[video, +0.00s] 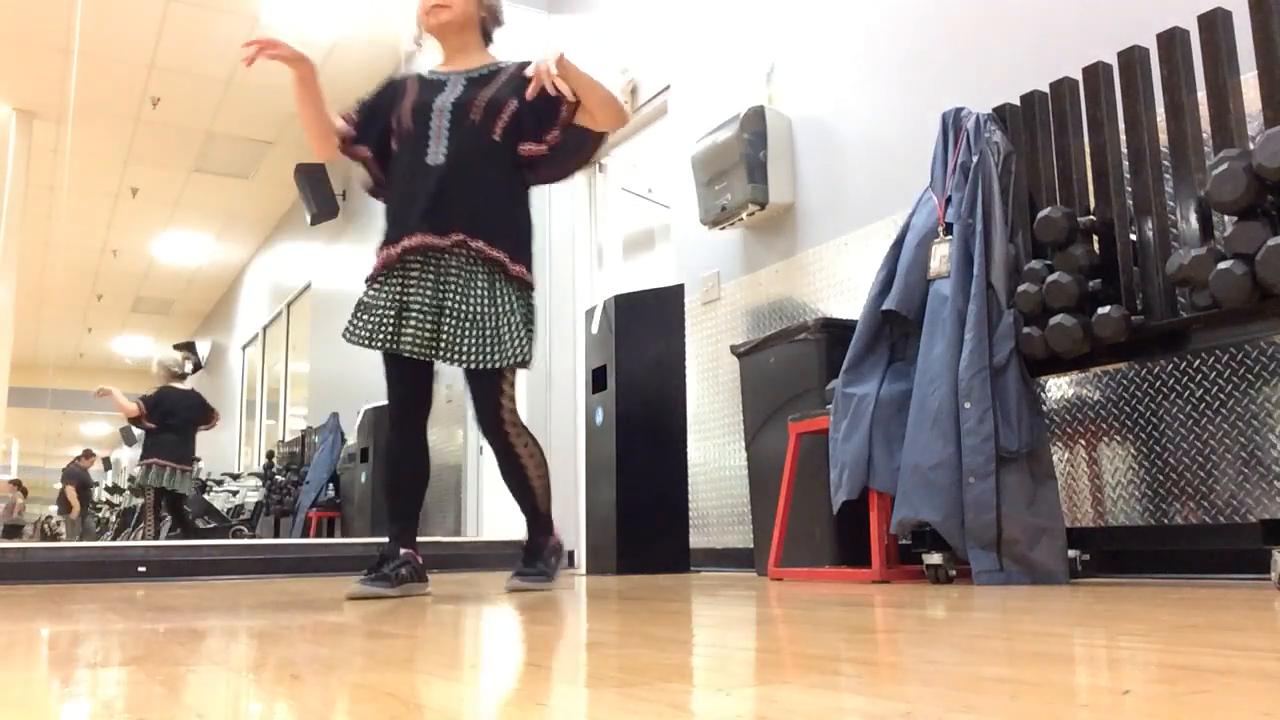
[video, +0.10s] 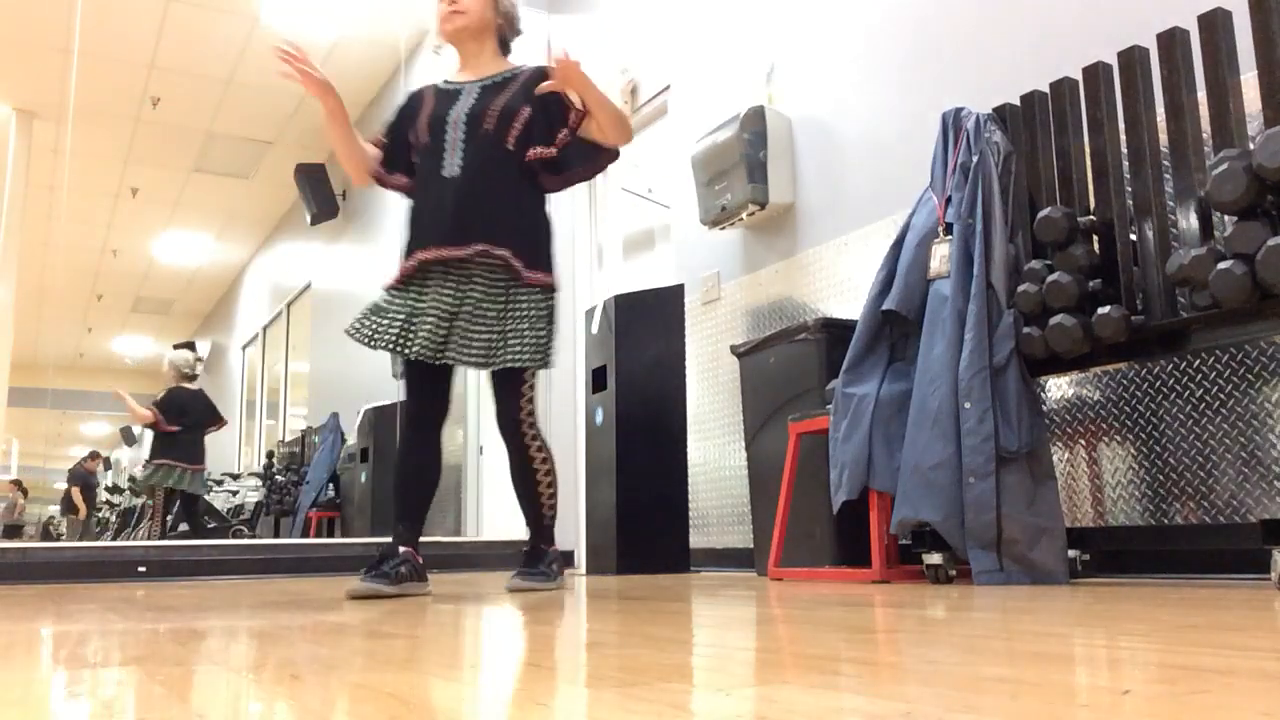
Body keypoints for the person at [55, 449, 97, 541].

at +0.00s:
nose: (92, 464)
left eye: (93, 462)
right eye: (91, 461)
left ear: (85, 459)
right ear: (84, 459)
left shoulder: (82, 469)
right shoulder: (72, 469)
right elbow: (69, 489)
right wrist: (76, 506)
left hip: (82, 508)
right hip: (71, 509)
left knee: (89, 535)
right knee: (72, 537)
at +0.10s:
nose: (97, 467)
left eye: (98, 464)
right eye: (97, 464)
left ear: (90, 460)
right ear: (89, 460)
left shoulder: (91, 471)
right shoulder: (78, 471)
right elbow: (75, 491)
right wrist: (82, 508)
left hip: (88, 510)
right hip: (74, 511)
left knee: (90, 539)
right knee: (71, 540)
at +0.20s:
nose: (102, 468)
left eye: (103, 465)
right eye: (102, 464)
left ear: (96, 462)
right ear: (94, 462)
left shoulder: (98, 473)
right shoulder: (80, 472)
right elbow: (75, 492)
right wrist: (84, 509)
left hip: (91, 512)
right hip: (76, 511)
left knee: (92, 540)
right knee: (72, 539)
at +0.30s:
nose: (107, 469)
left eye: (109, 467)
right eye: (106, 466)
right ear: (98, 463)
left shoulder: (106, 476)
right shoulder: (83, 473)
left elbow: (108, 490)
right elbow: (75, 491)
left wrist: (107, 501)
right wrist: (84, 509)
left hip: (95, 512)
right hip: (78, 512)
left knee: (95, 540)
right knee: (76, 540)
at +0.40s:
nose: (113, 472)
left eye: (114, 469)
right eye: (112, 469)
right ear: (104, 466)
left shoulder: (111, 480)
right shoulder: (88, 475)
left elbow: (115, 492)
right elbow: (77, 492)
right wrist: (83, 511)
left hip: (97, 511)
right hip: (82, 510)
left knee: (97, 535)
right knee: (81, 532)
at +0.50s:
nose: (115, 476)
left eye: (116, 473)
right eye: (113, 473)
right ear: (106, 470)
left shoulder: (113, 482)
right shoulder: (90, 477)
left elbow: (118, 496)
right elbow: (79, 494)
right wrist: (83, 512)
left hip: (97, 512)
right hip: (82, 510)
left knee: (97, 535)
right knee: (82, 532)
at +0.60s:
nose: (116, 483)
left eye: (117, 481)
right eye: (115, 480)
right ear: (108, 477)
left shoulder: (114, 488)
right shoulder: (92, 482)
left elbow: (116, 506)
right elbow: (80, 499)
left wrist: (115, 523)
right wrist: (82, 517)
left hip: (97, 514)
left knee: (97, 539)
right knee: (78, 537)